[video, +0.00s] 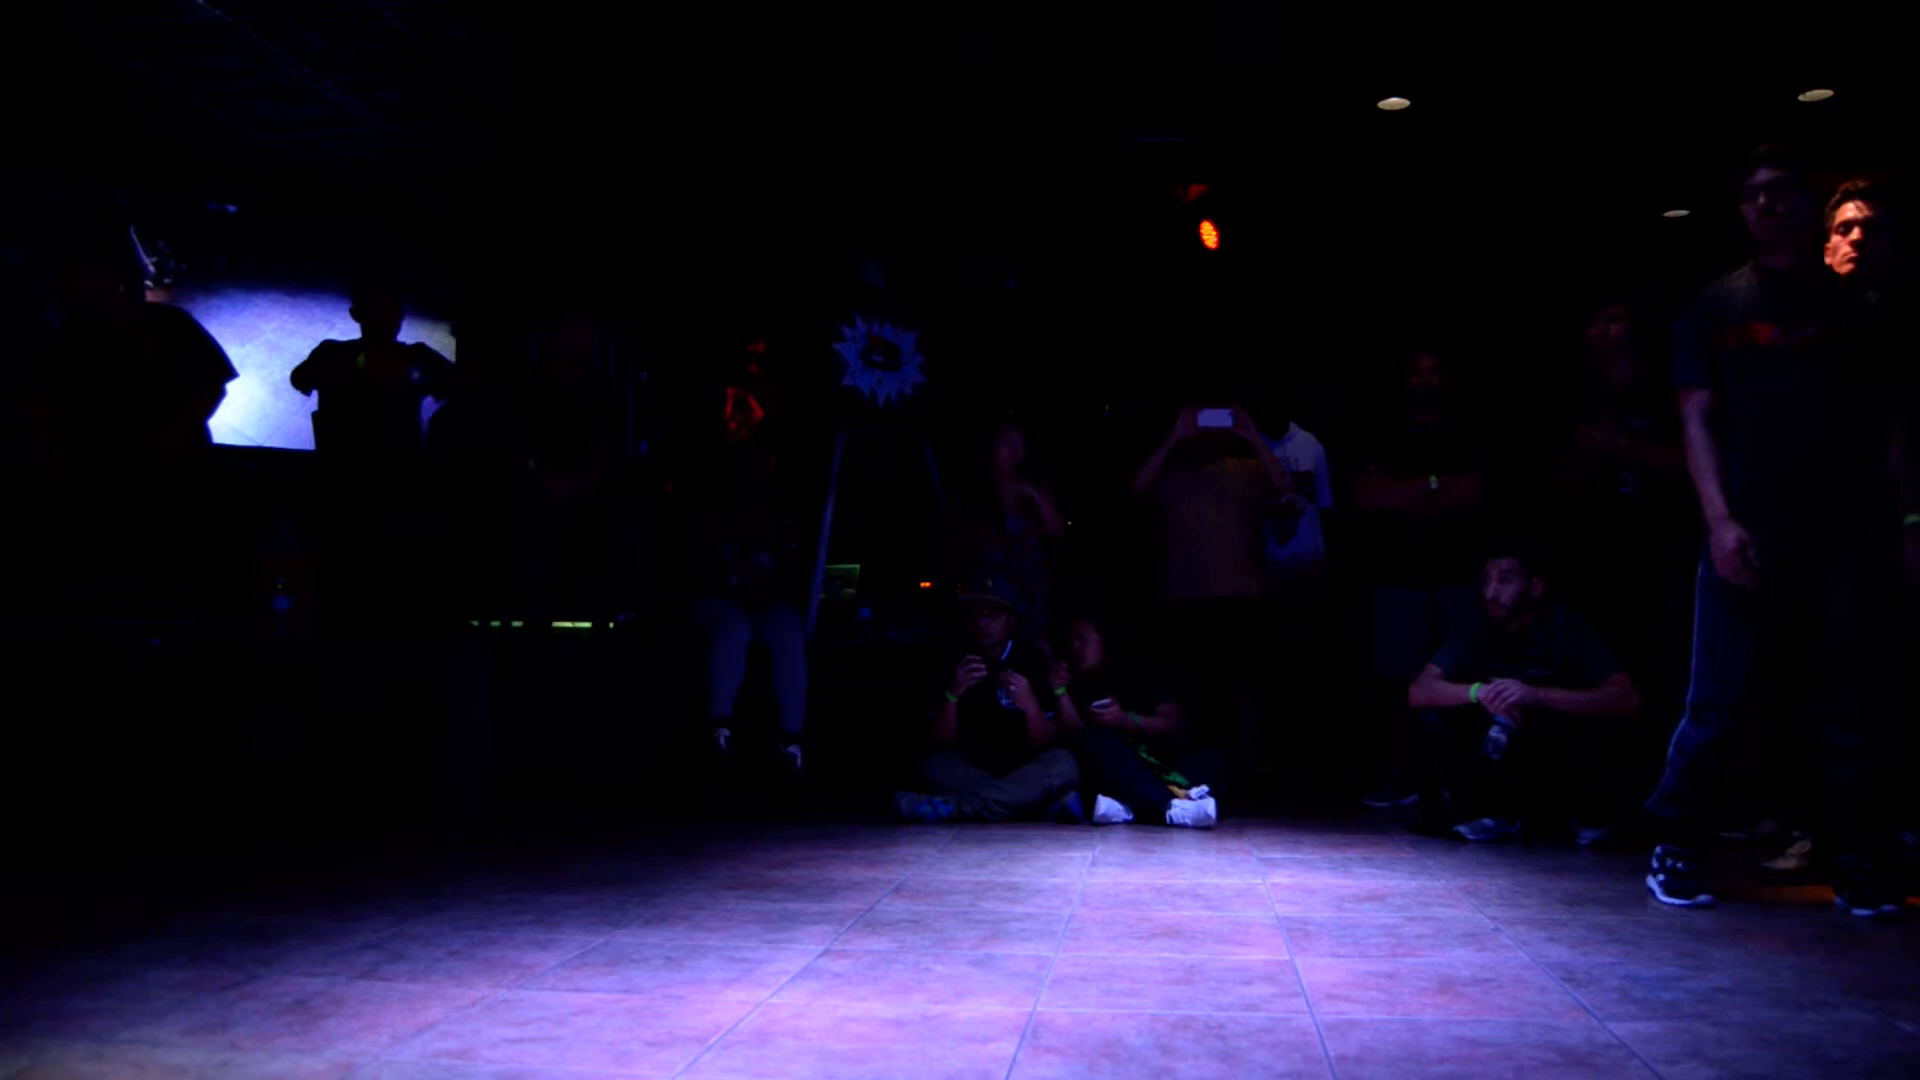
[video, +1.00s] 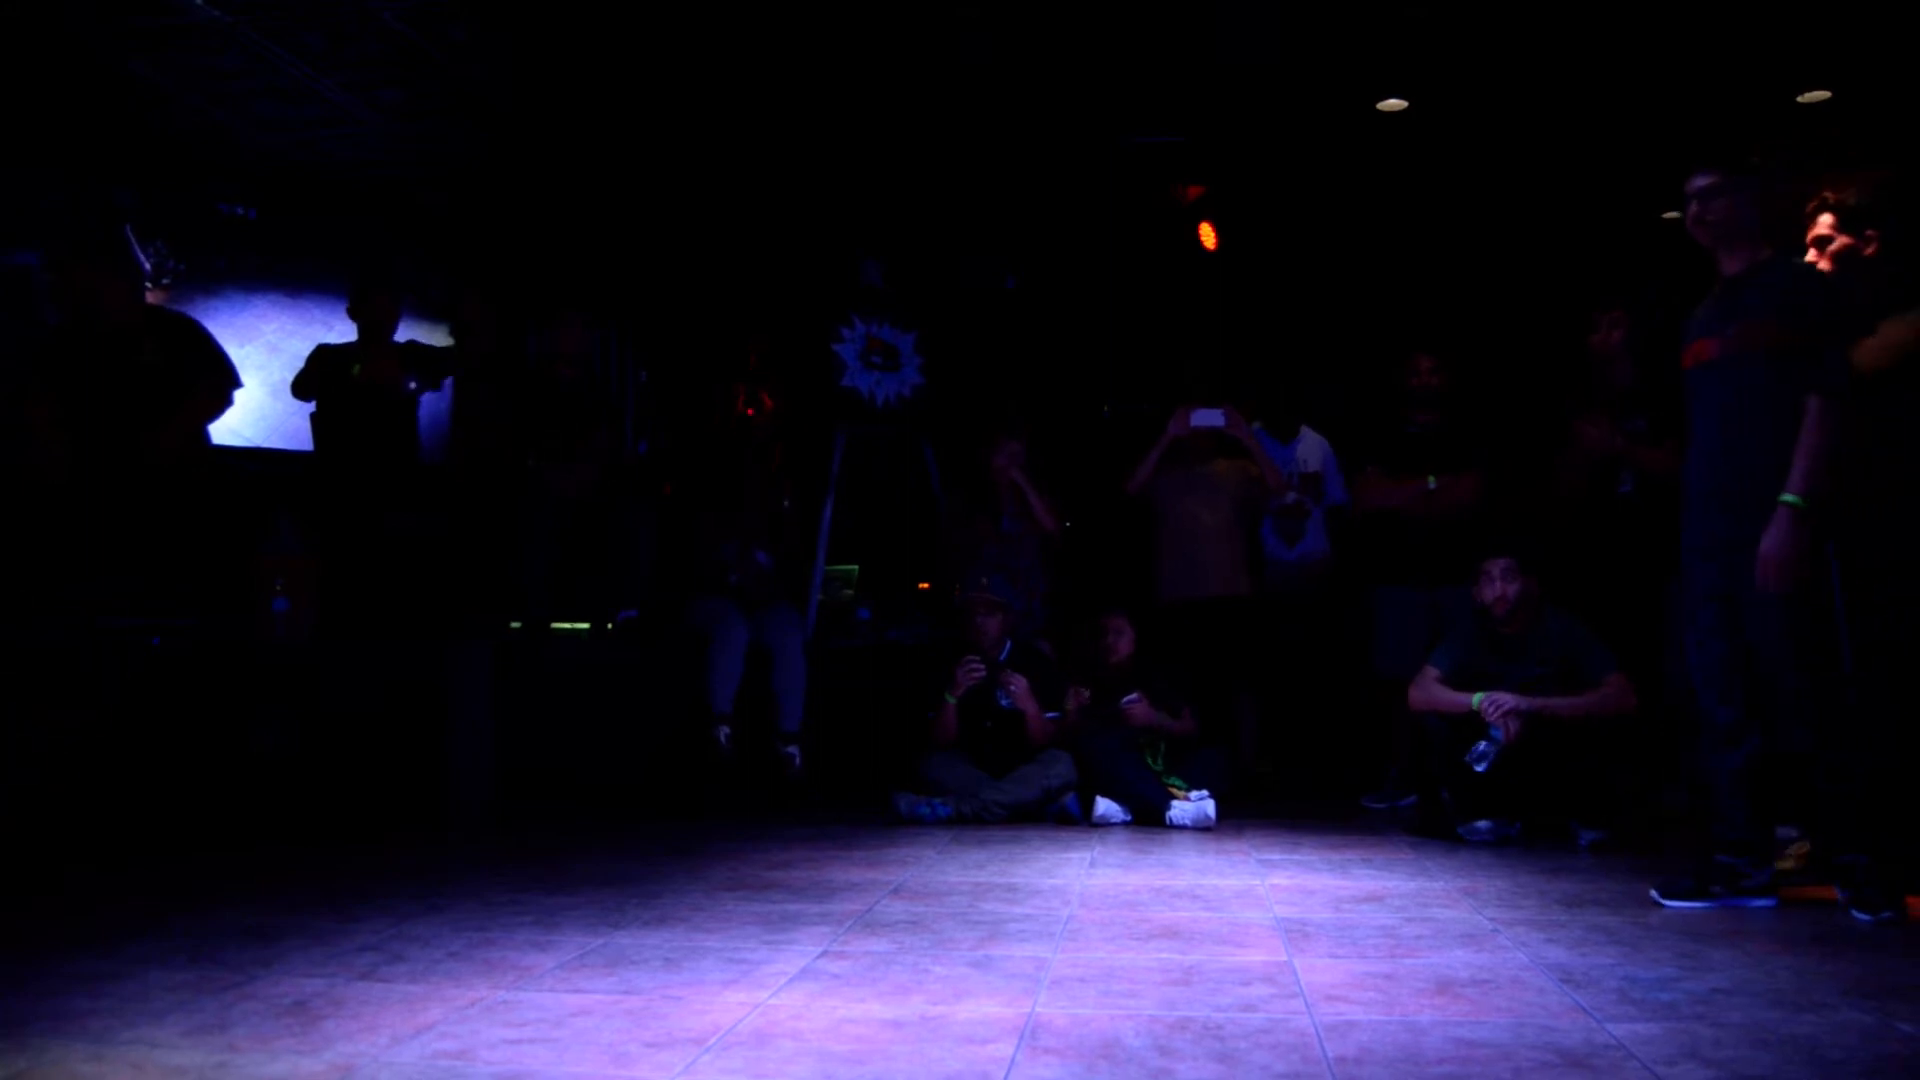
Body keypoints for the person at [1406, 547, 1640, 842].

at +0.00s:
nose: (1491, 592)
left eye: (1505, 581)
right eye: (1488, 581)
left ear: (1534, 587)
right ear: (1482, 584)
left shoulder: (1565, 631)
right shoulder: (1480, 630)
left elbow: (1623, 697)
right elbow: (1419, 692)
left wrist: (1535, 695)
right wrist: (1480, 693)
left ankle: (1590, 818)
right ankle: (1498, 816)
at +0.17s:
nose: (1488, 605)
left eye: (1501, 592)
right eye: (1483, 593)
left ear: (1530, 595)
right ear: (1477, 595)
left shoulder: (1564, 635)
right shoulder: (1476, 635)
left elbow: (1625, 695)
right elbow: (1420, 692)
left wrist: (1538, 694)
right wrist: (1483, 694)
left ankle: (1589, 818)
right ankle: (1496, 816)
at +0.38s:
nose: (1486, 606)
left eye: (1498, 594)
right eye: (1480, 594)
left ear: (1526, 595)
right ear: (1474, 596)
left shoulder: (1560, 635)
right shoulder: (1473, 636)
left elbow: (1624, 696)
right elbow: (1421, 692)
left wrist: (1545, 683)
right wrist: (1481, 692)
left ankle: (1589, 819)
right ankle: (1495, 816)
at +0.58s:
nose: (1485, 597)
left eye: (1498, 585)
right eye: (1481, 586)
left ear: (1526, 588)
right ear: (1475, 588)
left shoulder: (1561, 633)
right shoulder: (1475, 632)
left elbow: (1620, 695)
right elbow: (1422, 691)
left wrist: (1529, 697)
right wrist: (1485, 699)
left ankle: (1587, 817)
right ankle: (1490, 814)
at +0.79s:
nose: (1488, 606)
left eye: (1500, 594)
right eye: (1483, 594)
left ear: (1528, 595)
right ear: (1477, 595)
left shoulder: (1562, 634)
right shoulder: (1474, 633)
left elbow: (1620, 696)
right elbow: (1423, 691)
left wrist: (1530, 697)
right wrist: (1489, 699)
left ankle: (1588, 818)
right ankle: (1494, 815)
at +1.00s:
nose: (1498, 591)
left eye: (1508, 579)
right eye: (1488, 581)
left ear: (1527, 584)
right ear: (1478, 589)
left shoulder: (1560, 631)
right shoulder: (1471, 632)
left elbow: (1619, 696)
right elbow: (1420, 693)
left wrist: (1528, 703)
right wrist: (1484, 704)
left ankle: (1587, 818)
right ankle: (1487, 815)